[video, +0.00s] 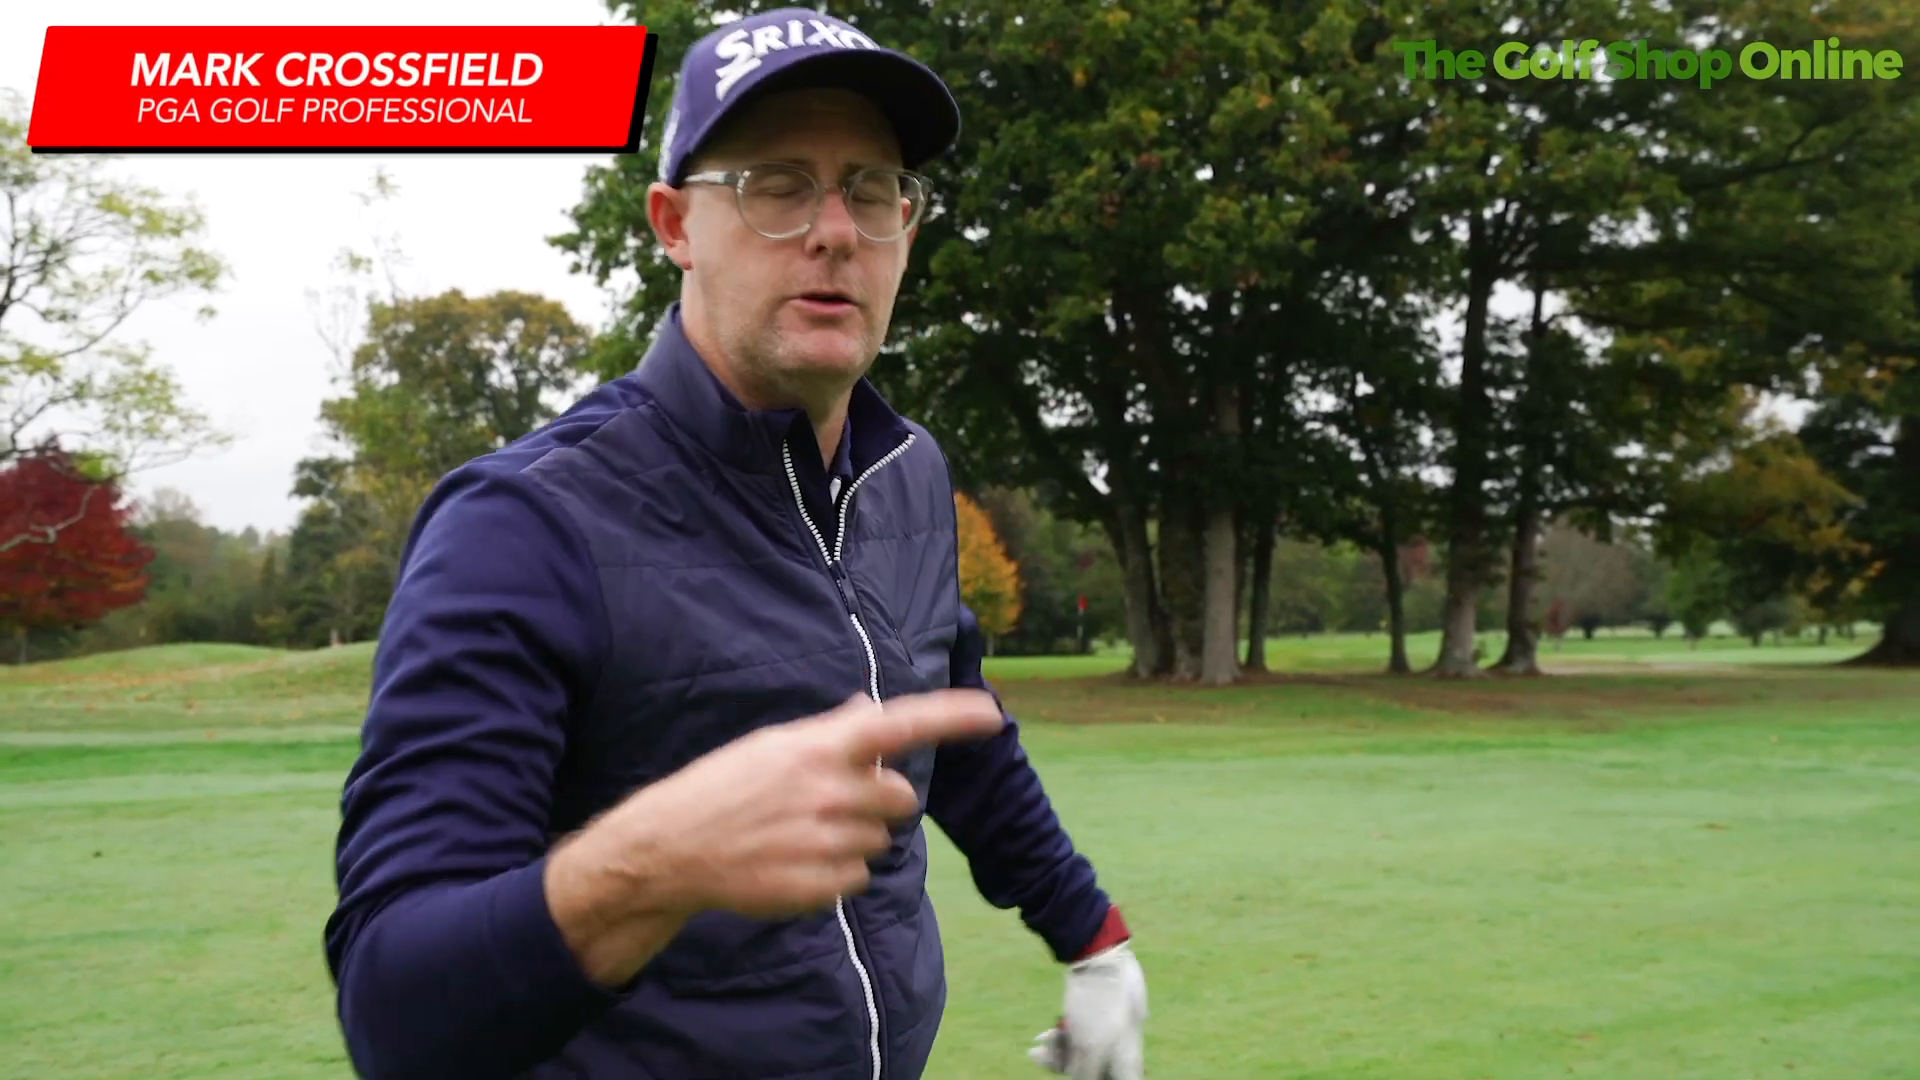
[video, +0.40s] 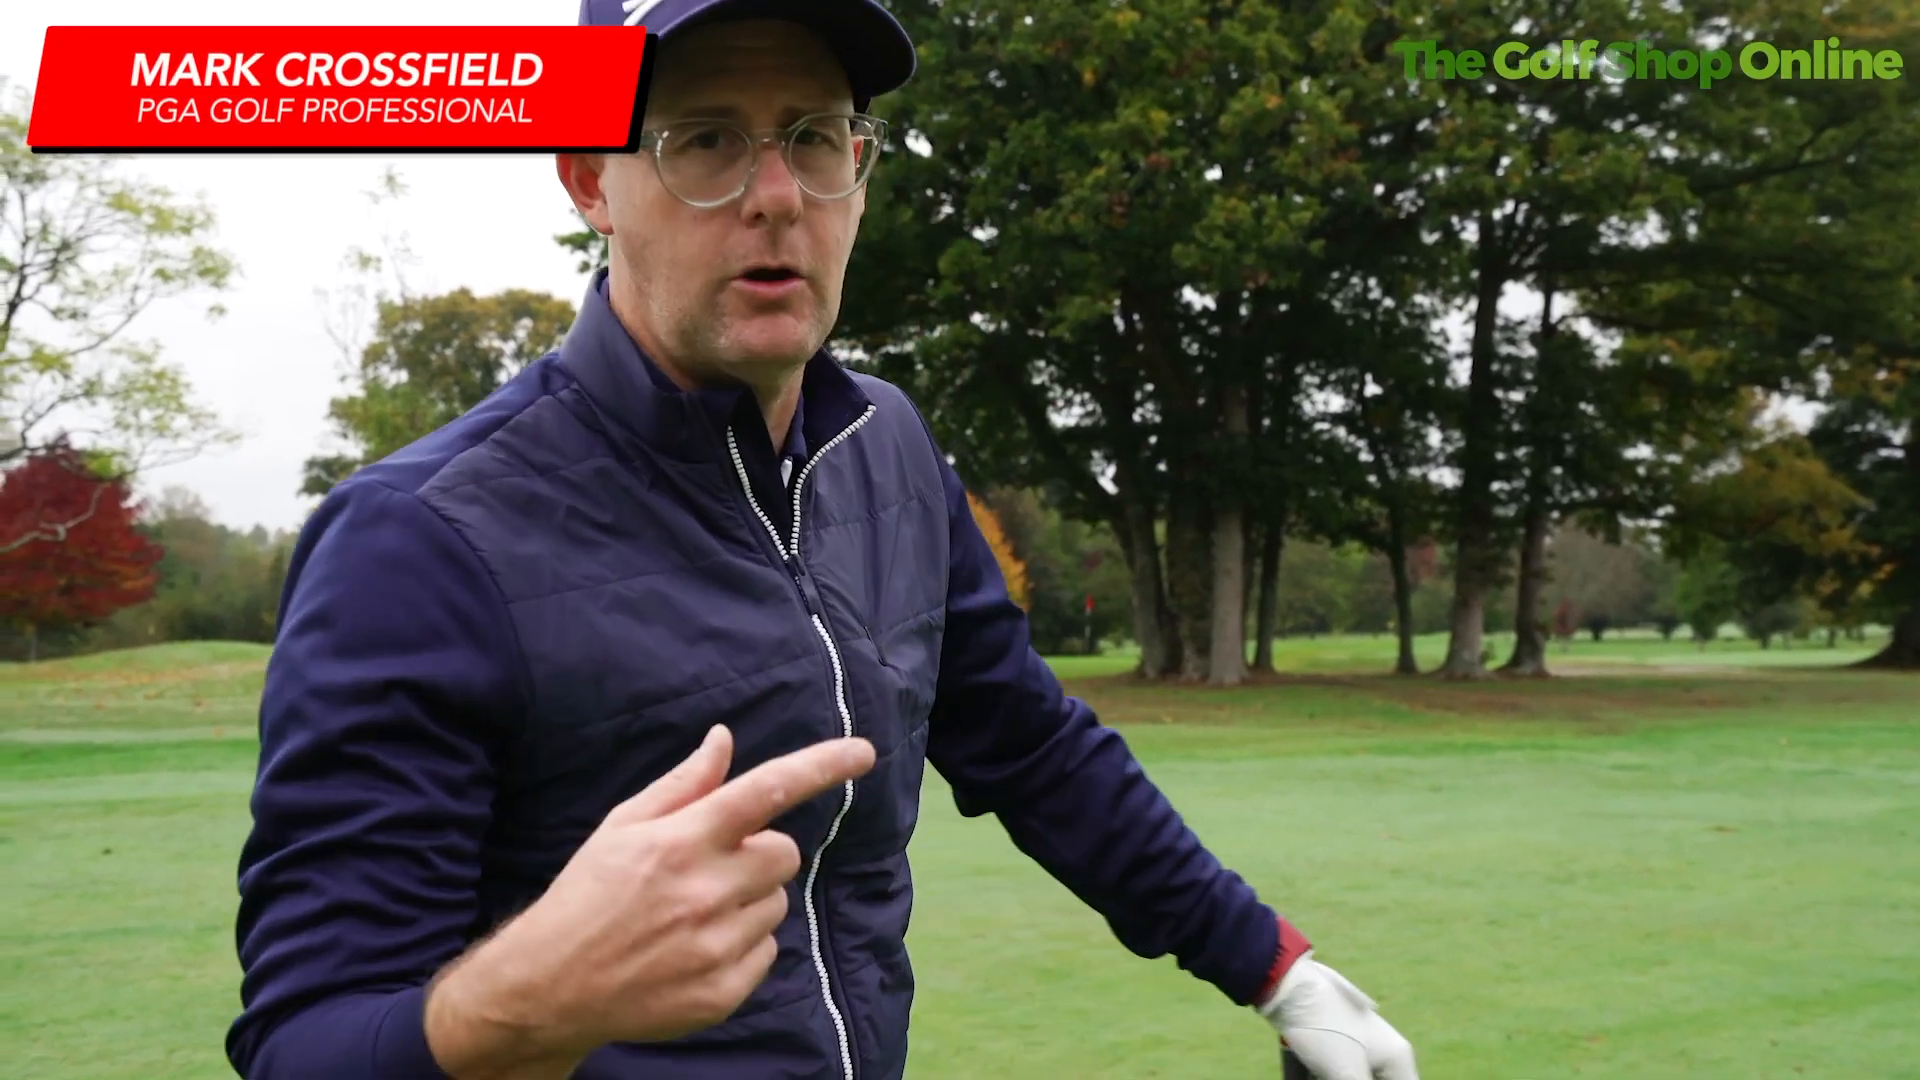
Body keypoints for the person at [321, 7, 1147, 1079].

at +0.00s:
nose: (835, 232)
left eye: (869, 190)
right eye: (777, 186)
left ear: (907, 228)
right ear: (674, 223)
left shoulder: (909, 481)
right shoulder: (525, 524)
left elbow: (958, 724)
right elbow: (397, 1010)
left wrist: (1088, 932)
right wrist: (649, 864)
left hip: (886, 1052)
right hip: (633, 1064)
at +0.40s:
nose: (775, 195)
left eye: (814, 139)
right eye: (705, 141)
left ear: (864, 183)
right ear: (591, 183)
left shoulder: (891, 460)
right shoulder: (423, 543)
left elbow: (1032, 745)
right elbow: (308, 1030)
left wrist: (1280, 973)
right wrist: (513, 1000)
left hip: (857, 1055)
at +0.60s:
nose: (763, 183)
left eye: (807, 129)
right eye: (697, 130)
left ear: (858, 180)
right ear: (596, 180)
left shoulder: (890, 465)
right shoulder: (414, 513)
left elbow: (1065, 762)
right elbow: (260, 996)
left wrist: (1347, 1004)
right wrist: (632, 1025)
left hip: (851, 1063)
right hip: (535, 1072)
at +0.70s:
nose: (764, 188)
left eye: (814, 143)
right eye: (711, 127)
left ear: (866, 197)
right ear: (612, 165)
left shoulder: (887, 467)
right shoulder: (407, 494)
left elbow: (1071, 770)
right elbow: (238, 995)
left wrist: (1353, 1010)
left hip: (836, 1053)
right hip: (544, 1064)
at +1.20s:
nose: (813, 231)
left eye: (857, 197)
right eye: (769, 180)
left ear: (901, 249)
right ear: (675, 206)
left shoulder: (941, 521)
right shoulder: (494, 485)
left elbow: (1111, 788)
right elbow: (234, 837)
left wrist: (1367, 1006)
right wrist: (549, 797)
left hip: (856, 1056)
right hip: (542, 1054)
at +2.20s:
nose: (728, 237)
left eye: (776, 190)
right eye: (679, 177)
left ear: (830, 226)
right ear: (582, 198)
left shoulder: (876, 492)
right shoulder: (378, 520)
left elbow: (1064, 773)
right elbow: (225, 991)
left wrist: (1317, 1025)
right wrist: (433, 954)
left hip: (806, 1068)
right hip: (509, 1070)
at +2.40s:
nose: (685, 231)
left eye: (737, 182)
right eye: (633, 170)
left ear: (793, 222)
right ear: (533, 187)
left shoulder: (854, 475)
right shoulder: (335, 531)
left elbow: (1039, 761)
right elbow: (175, 964)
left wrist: (1215, 1009)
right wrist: (286, 1053)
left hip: (813, 1058)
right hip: (494, 1065)